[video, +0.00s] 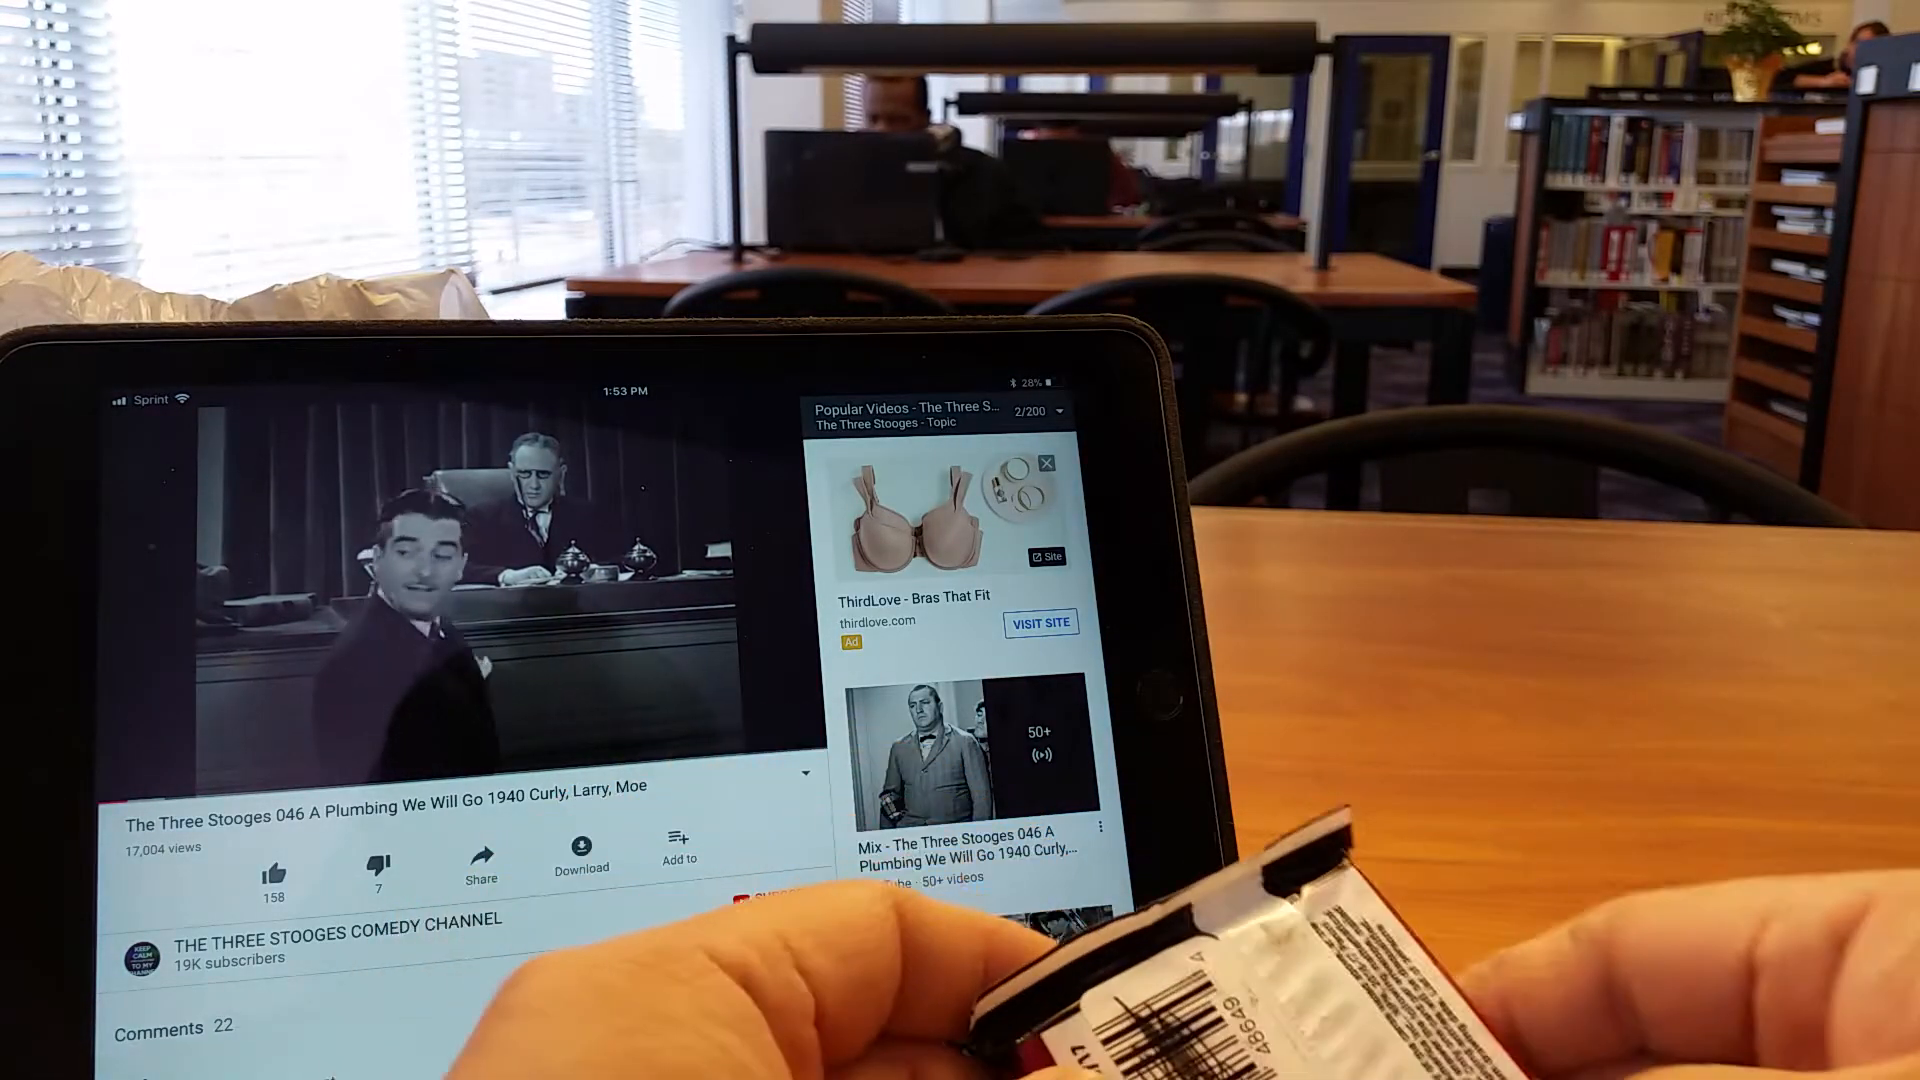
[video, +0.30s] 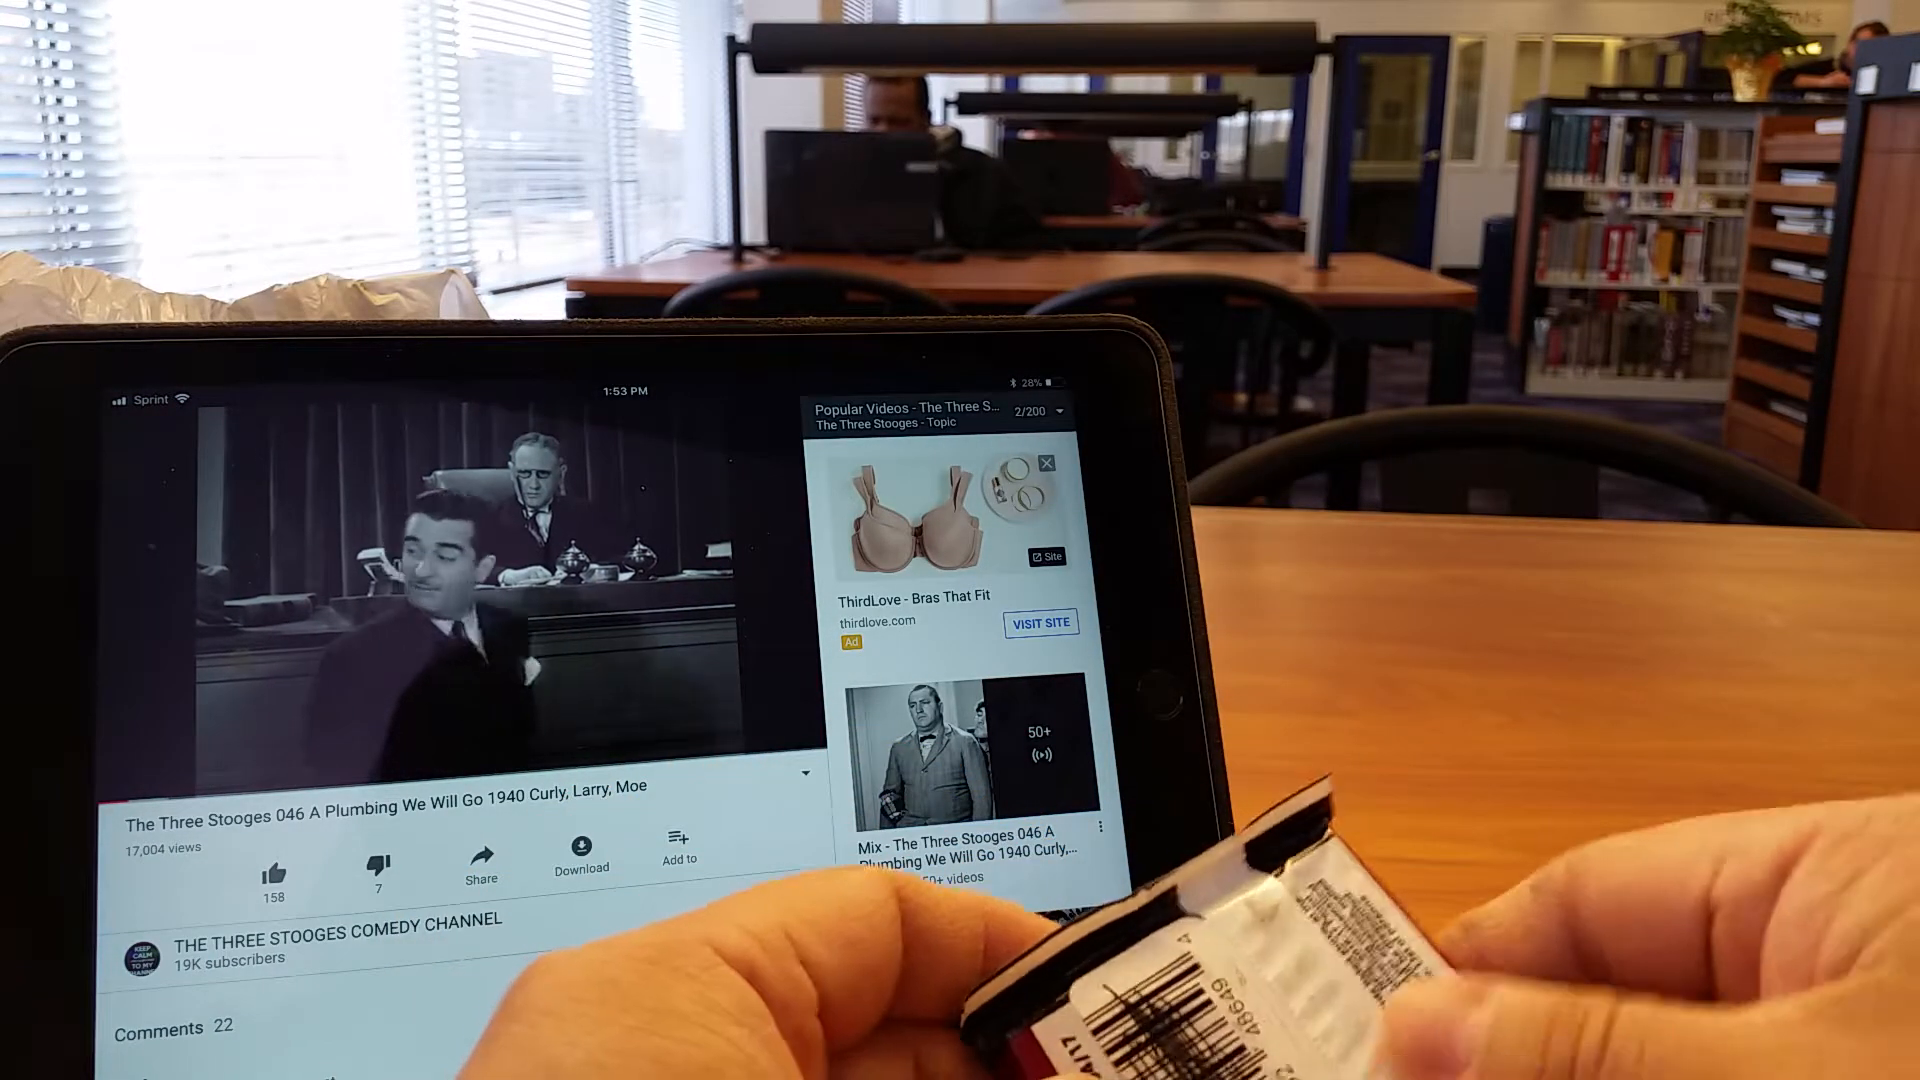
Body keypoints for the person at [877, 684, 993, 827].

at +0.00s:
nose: (919, 709)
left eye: (925, 703)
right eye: (913, 705)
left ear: (939, 706)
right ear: (909, 711)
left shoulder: (964, 742)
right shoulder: (899, 748)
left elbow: (981, 795)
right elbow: (890, 795)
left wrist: (979, 835)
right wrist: (887, 839)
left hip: (955, 832)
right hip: (910, 836)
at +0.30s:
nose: (919, 710)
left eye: (925, 703)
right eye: (913, 705)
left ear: (939, 707)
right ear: (909, 711)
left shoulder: (964, 742)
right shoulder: (899, 748)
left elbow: (981, 795)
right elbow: (890, 796)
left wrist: (979, 835)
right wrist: (886, 838)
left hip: (955, 831)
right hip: (910, 835)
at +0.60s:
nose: (919, 709)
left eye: (925, 703)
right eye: (913, 705)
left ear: (939, 707)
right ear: (909, 711)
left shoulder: (964, 742)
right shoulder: (899, 748)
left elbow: (981, 795)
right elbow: (890, 796)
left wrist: (979, 835)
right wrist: (886, 838)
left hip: (955, 831)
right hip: (910, 835)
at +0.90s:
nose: (918, 709)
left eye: (925, 703)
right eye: (913, 705)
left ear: (939, 707)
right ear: (909, 711)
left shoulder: (964, 742)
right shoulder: (899, 749)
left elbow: (980, 794)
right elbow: (891, 794)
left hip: (956, 821)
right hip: (915, 825)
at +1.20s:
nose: (919, 709)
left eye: (925, 703)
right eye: (913, 705)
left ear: (939, 707)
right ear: (909, 711)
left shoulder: (964, 742)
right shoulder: (899, 748)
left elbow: (981, 795)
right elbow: (891, 791)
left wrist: (979, 835)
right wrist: (889, 801)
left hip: (955, 831)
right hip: (911, 834)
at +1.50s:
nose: (919, 710)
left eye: (925, 703)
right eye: (913, 705)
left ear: (940, 707)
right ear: (909, 711)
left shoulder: (964, 742)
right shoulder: (899, 748)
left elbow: (981, 796)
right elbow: (890, 796)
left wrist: (978, 835)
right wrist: (886, 838)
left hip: (956, 833)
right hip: (911, 836)